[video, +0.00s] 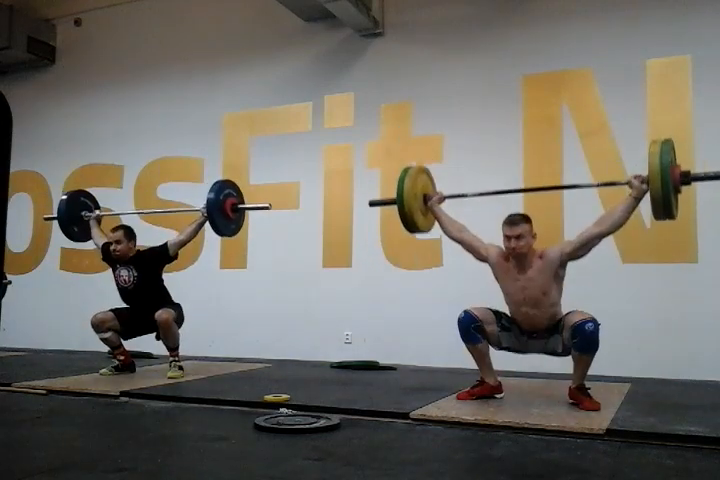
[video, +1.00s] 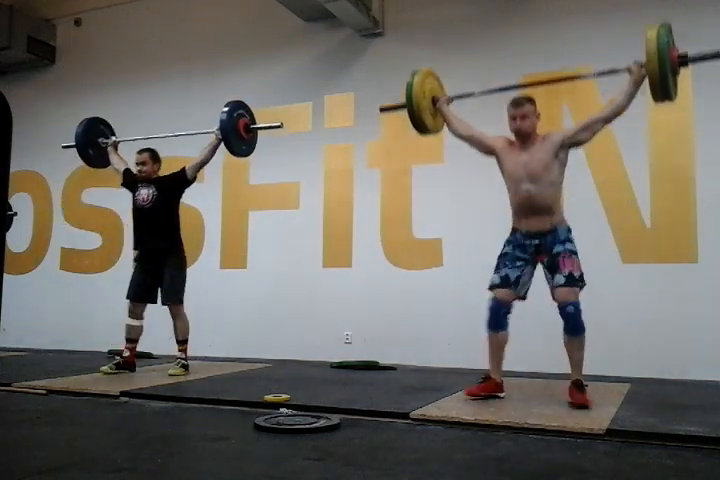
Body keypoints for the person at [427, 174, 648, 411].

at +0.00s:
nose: (513, 244)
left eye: (519, 238)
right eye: (508, 239)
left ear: (533, 237)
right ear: (503, 239)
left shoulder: (555, 257)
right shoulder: (496, 259)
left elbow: (600, 230)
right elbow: (460, 234)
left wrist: (636, 196)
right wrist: (434, 207)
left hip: (554, 332)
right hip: (516, 332)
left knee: (587, 327)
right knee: (468, 320)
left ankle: (578, 389)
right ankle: (490, 383)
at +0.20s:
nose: (515, 254)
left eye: (521, 248)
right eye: (509, 249)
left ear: (534, 245)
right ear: (504, 247)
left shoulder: (556, 267)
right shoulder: (497, 266)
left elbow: (601, 240)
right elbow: (462, 245)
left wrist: (636, 207)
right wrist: (435, 217)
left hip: (551, 342)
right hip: (515, 341)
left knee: (583, 329)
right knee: (467, 322)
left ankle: (577, 389)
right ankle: (490, 383)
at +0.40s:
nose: (514, 234)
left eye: (520, 227)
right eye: (509, 228)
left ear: (533, 225)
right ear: (504, 228)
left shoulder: (556, 246)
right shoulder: (496, 247)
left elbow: (600, 219)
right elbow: (462, 225)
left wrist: (635, 186)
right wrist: (436, 199)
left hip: (553, 324)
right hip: (515, 324)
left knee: (583, 328)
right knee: (469, 322)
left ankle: (577, 389)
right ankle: (489, 383)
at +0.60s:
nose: (515, 201)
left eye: (521, 195)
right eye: (509, 196)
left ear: (534, 194)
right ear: (505, 197)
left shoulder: (556, 217)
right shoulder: (498, 219)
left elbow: (600, 188)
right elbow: (463, 198)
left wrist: (636, 154)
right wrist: (440, 172)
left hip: (556, 296)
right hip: (518, 296)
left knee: (583, 327)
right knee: (470, 319)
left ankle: (578, 388)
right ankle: (489, 383)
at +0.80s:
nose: (518, 167)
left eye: (523, 161)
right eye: (513, 162)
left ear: (536, 160)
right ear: (507, 164)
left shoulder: (557, 183)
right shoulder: (500, 188)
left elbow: (604, 154)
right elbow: (464, 166)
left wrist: (635, 118)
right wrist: (440, 141)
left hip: (556, 270)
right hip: (520, 271)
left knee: (582, 323)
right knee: (473, 315)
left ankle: (578, 388)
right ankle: (489, 382)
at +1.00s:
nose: (520, 122)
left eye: (525, 116)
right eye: (515, 118)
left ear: (537, 117)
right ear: (508, 121)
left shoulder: (558, 143)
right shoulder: (501, 148)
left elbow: (607, 115)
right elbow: (464, 132)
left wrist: (634, 82)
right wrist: (442, 106)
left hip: (556, 237)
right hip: (519, 239)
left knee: (569, 307)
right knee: (499, 303)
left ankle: (577, 383)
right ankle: (493, 380)